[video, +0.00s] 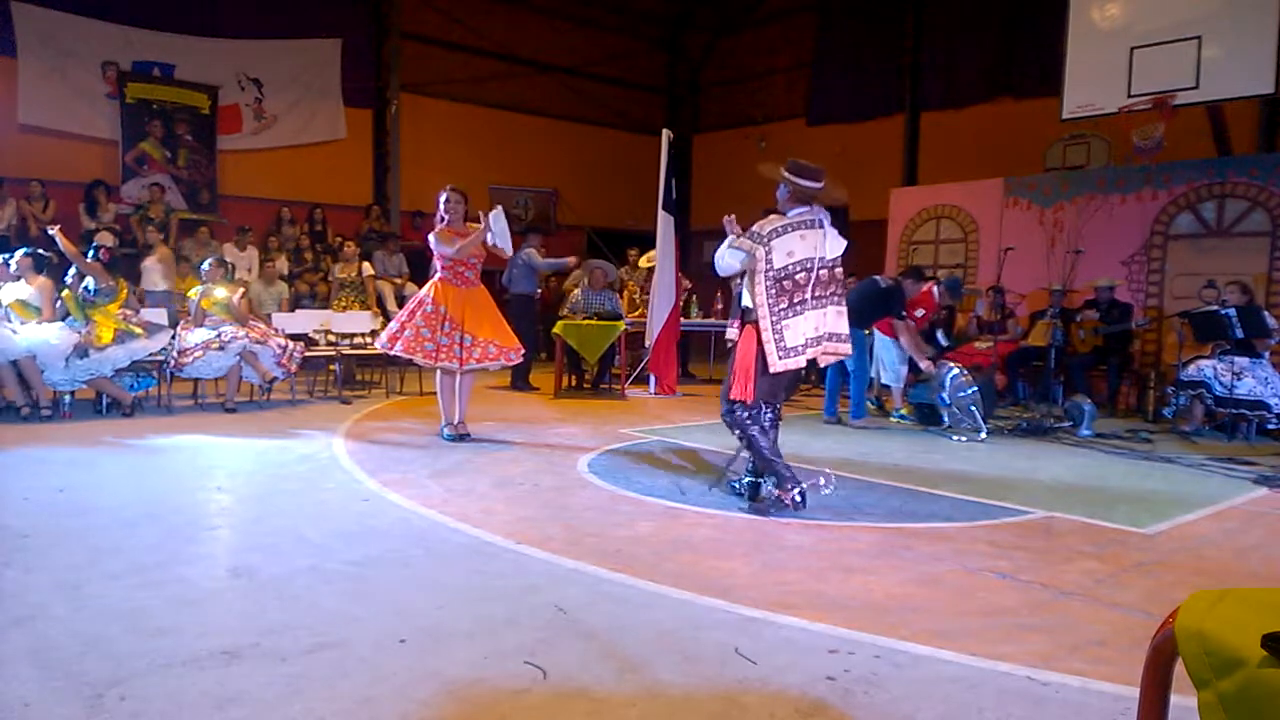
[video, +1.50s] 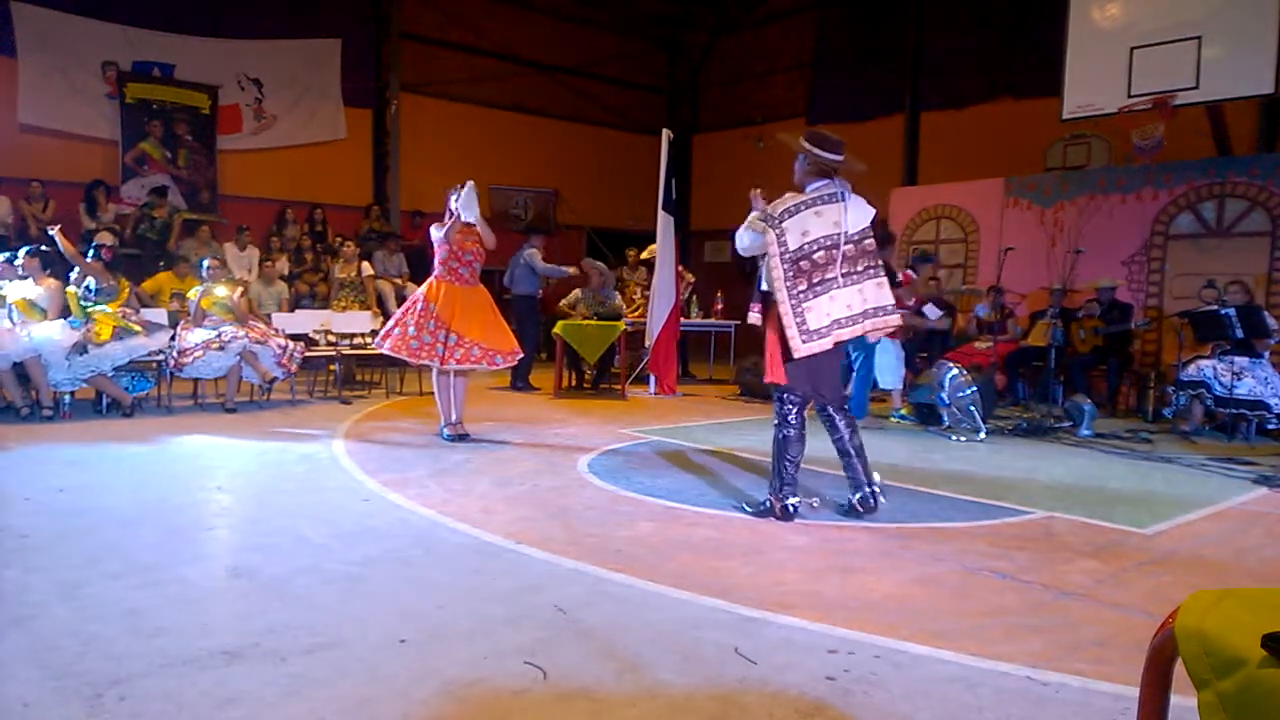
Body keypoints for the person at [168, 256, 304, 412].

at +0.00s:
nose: (205, 271)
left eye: (210, 268)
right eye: (205, 268)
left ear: (222, 271)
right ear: (202, 272)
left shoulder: (237, 291)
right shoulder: (197, 293)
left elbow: (244, 320)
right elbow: (197, 323)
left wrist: (231, 304)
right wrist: (201, 299)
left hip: (233, 327)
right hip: (207, 328)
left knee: (236, 355)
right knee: (236, 339)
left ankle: (230, 399)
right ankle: (264, 374)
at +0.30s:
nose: (205, 272)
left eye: (210, 268)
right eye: (204, 268)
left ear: (222, 270)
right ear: (202, 273)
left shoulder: (236, 290)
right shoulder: (196, 293)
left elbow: (244, 320)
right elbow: (196, 323)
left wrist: (230, 303)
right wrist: (201, 299)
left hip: (232, 327)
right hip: (207, 329)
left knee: (236, 355)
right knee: (236, 339)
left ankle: (230, 400)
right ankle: (264, 374)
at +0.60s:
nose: (212, 271)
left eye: (216, 267)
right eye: (209, 267)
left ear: (225, 271)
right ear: (204, 272)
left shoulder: (237, 290)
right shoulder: (197, 293)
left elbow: (244, 320)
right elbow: (197, 323)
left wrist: (231, 304)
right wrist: (201, 299)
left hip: (232, 327)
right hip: (207, 328)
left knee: (236, 356)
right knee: (237, 340)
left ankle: (229, 400)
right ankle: (264, 374)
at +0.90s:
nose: (215, 271)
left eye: (218, 267)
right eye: (211, 268)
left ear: (225, 270)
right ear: (205, 272)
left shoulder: (237, 290)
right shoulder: (197, 293)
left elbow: (244, 320)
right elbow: (196, 323)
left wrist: (230, 303)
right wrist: (201, 299)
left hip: (232, 327)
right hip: (207, 328)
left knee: (236, 356)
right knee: (237, 340)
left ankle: (229, 400)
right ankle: (264, 374)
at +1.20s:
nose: (214, 271)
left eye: (218, 268)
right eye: (210, 268)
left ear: (224, 270)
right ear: (204, 272)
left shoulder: (236, 289)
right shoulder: (197, 292)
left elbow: (244, 319)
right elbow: (197, 322)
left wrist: (233, 304)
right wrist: (201, 299)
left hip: (233, 327)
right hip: (208, 328)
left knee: (236, 356)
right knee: (237, 340)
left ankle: (229, 400)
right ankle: (264, 374)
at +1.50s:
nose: (212, 272)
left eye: (216, 268)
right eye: (209, 269)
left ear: (224, 270)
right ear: (203, 272)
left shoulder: (236, 289)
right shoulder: (197, 293)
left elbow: (244, 319)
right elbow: (197, 322)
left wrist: (234, 303)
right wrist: (201, 298)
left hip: (233, 327)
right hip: (208, 328)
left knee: (236, 356)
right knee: (237, 340)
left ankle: (230, 400)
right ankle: (264, 374)